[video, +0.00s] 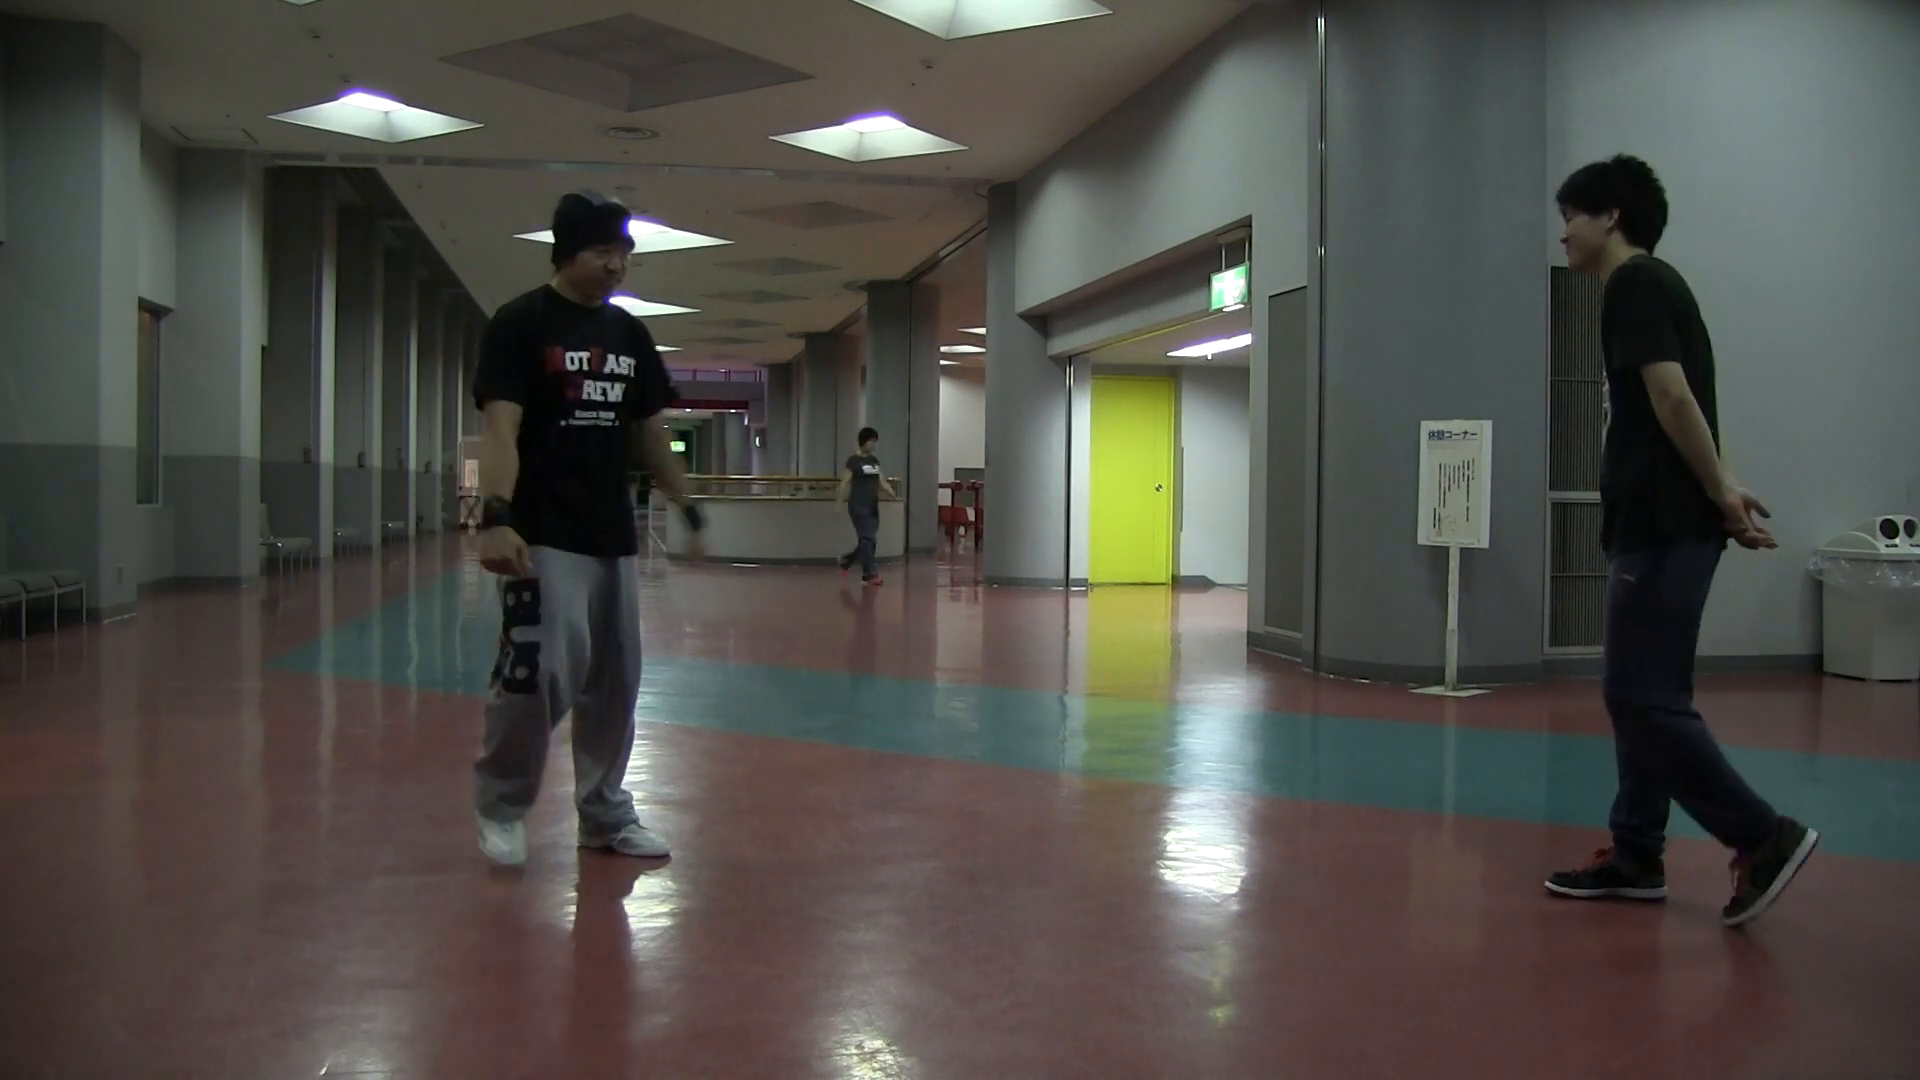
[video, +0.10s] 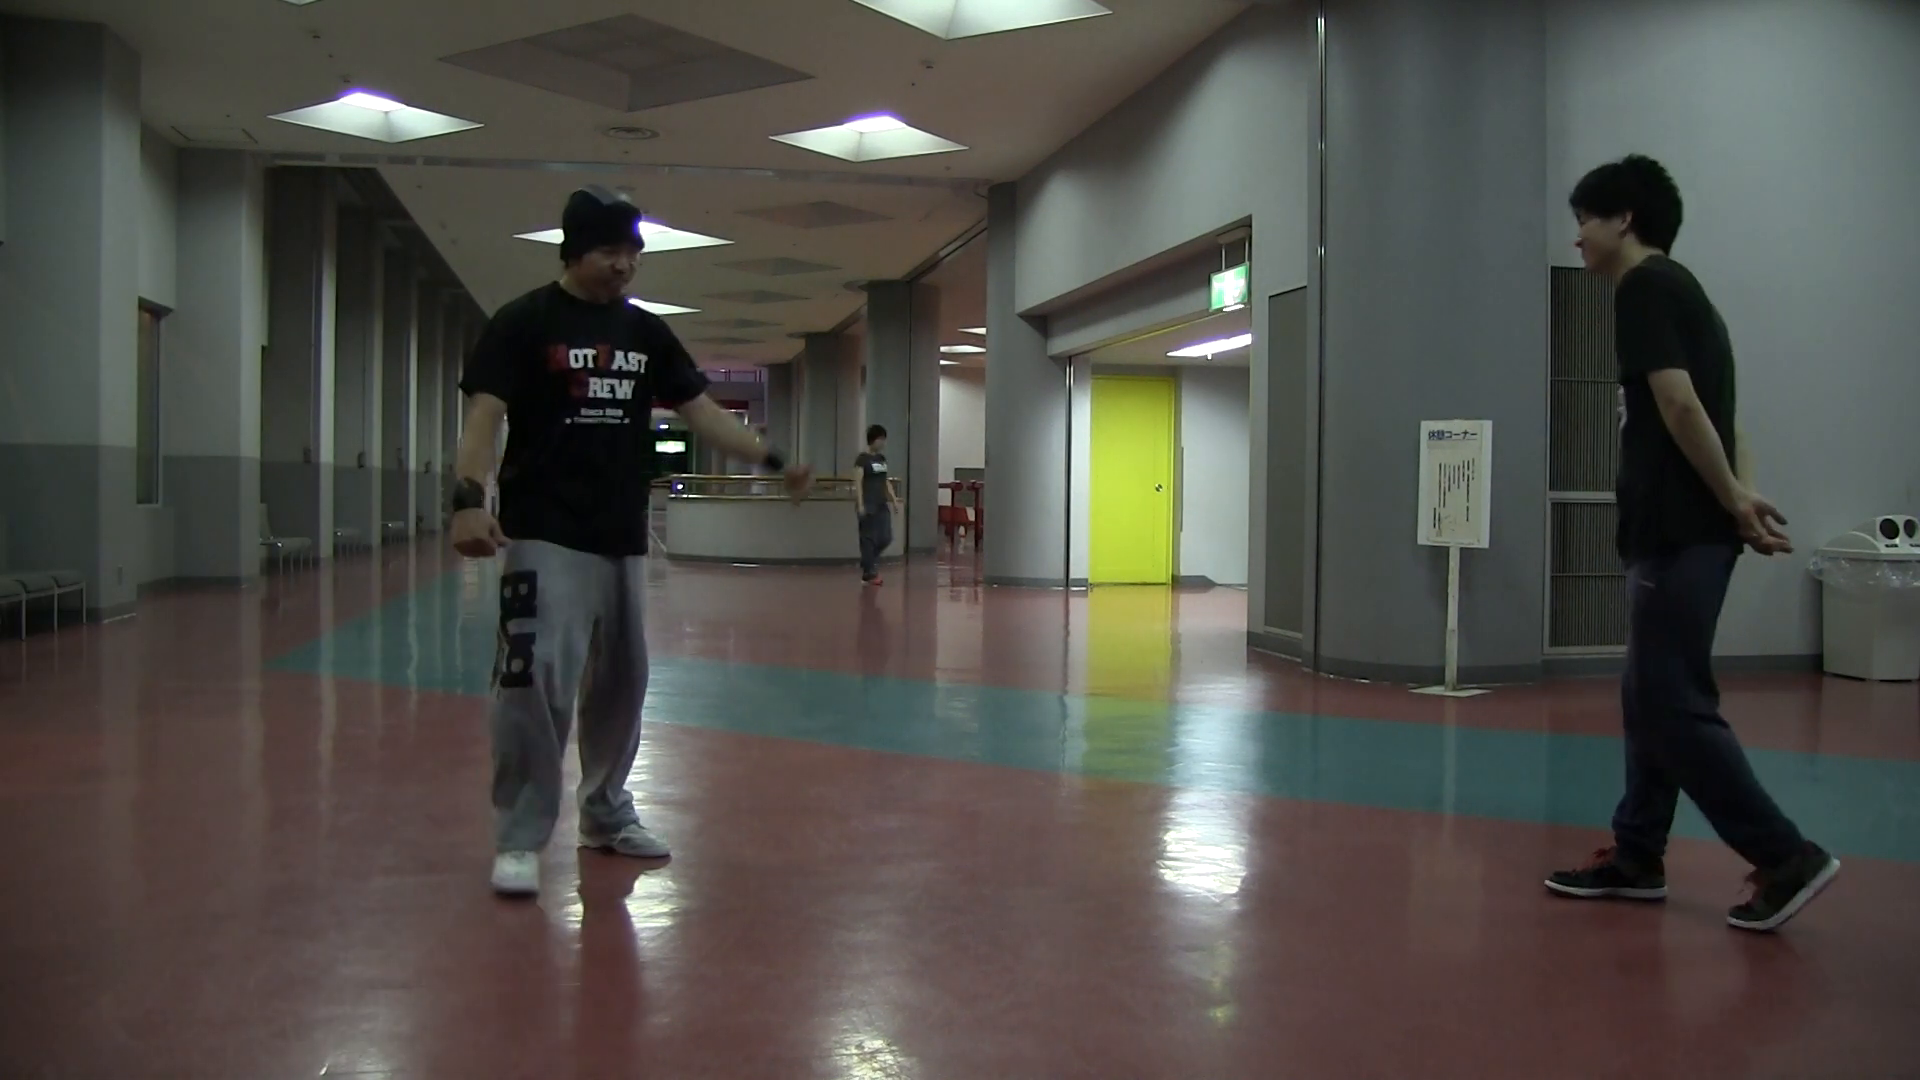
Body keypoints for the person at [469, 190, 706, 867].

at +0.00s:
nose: (619, 266)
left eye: (624, 254)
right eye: (607, 253)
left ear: (623, 257)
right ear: (569, 254)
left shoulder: (630, 334)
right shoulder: (519, 325)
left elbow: (649, 434)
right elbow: (499, 428)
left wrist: (687, 499)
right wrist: (494, 517)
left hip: (611, 534)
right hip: (542, 532)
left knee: (612, 678)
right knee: (546, 673)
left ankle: (605, 813)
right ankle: (501, 802)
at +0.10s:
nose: (625, 267)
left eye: (632, 255)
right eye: (613, 254)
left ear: (634, 255)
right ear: (575, 250)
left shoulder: (645, 330)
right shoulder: (520, 324)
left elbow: (703, 412)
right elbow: (485, 415)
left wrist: (773, 456)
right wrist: (469, 499)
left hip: (620, 538)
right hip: (543, 533)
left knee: (621, 678)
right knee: (537, 681)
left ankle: (608, 815)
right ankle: (519, 840)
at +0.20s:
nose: (627, 266)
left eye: (634, 253)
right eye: (614, 252)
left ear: (640, 255)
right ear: (577, 252)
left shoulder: (655, 333)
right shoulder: (522, 325)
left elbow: (727, 388)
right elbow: (475, 416)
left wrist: (821, 390)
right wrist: (449, 497)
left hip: (625, 543)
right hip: (543, 539)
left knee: (620, 684)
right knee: (536, 696)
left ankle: (609, 814)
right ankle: (534, 851)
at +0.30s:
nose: (622, 270)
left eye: (630, 257)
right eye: (609, 256)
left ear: (637, 259)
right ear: (573, 255)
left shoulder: (652, 333)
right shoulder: (513, 330)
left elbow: (748, 362)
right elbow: (465, 422)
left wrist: (838, 349)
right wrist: (434, 508)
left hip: (621, 546)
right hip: (536, 546)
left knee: (617, 685)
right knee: (535, 707)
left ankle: (611, 806)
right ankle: (540, 870)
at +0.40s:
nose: (608, 259)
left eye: (615, 245)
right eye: (594, 246)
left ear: (621, 246)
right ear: (558, 244)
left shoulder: (639, 322)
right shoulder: (497, 324)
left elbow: (738, 347)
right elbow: (451, 425)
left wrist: (836, 331)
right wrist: (423, 519)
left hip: (618, 542)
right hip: (525, 544)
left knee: (621, 683)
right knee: (522, 706)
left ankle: (614, 800)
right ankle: (537, 871)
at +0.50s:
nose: (590, 247)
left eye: (597, 232)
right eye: (575, 234)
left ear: (604, 230)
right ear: (537, 230)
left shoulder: (626, 307)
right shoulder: (478, 312)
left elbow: (732, 338)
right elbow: (435, 420)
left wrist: (831, 323)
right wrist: (415, 519)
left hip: (609, 535)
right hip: (510, 539)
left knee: (639, 679)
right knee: (512, 707)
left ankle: (619, 792)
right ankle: (533, 871)